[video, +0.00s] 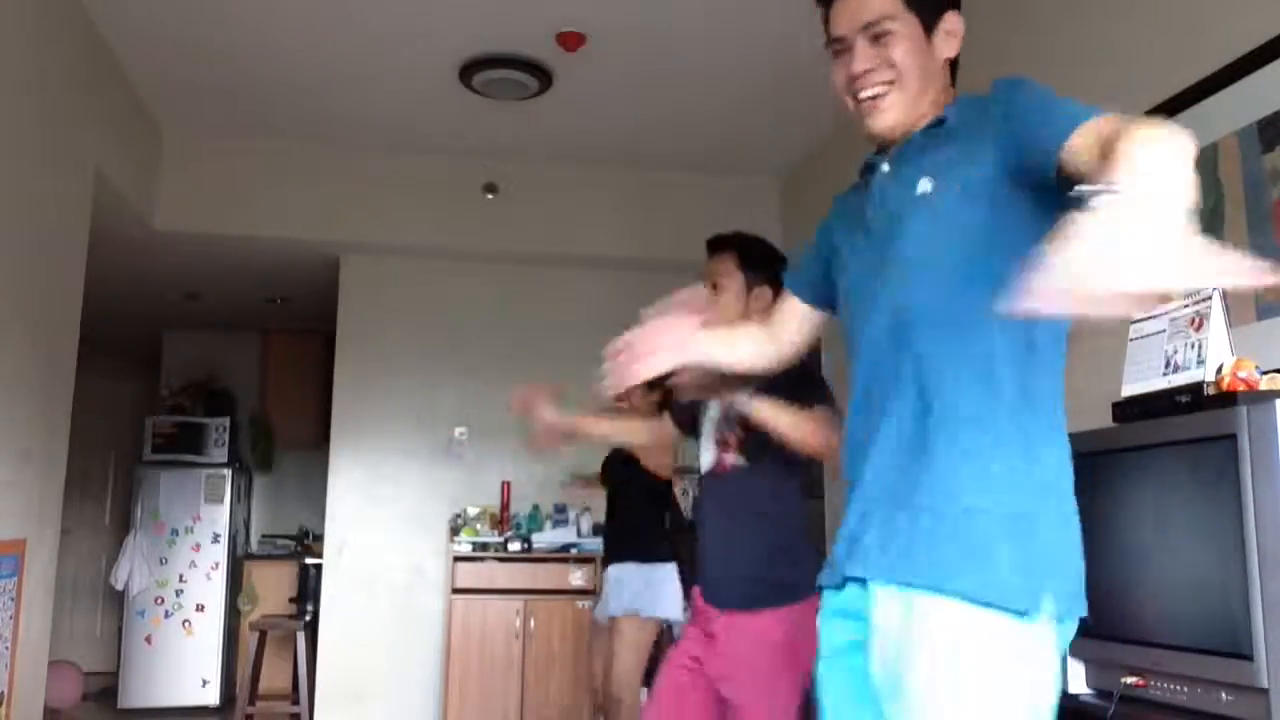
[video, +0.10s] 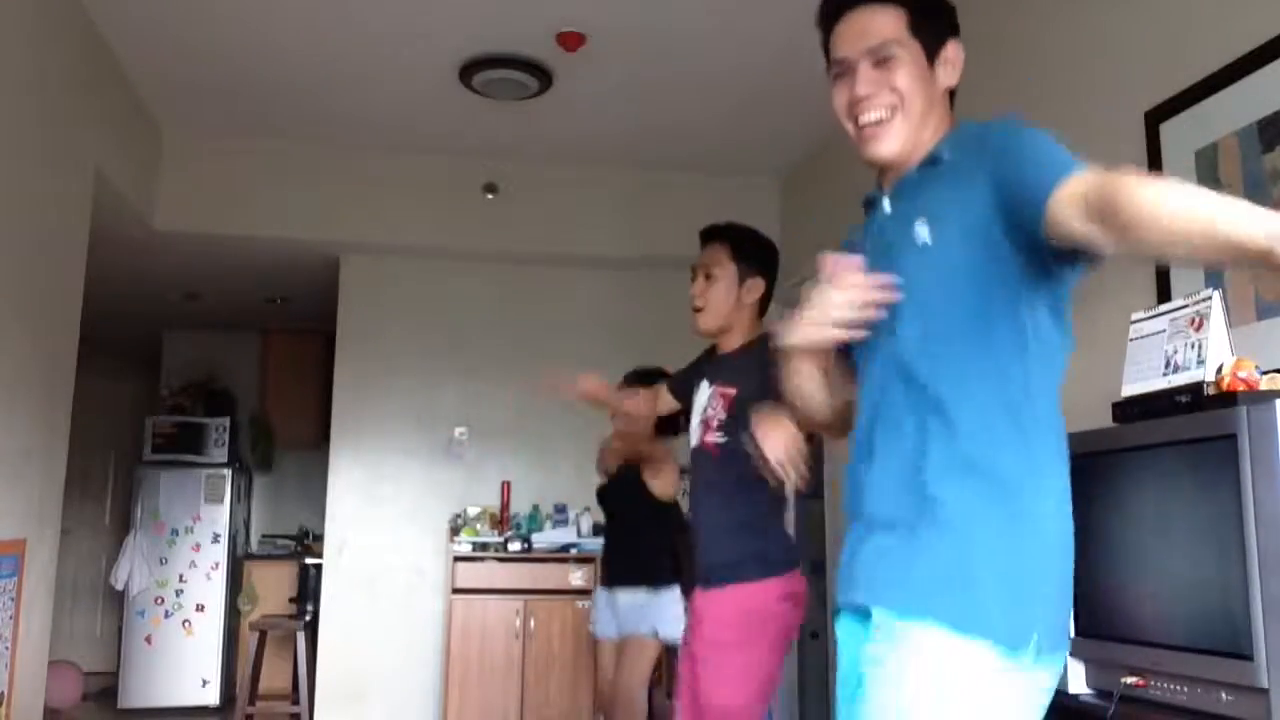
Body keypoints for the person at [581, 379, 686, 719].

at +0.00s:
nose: (625, 396)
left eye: (636, 389)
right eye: (625, 389)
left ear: (657, 394)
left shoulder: (658, 435)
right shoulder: (630, 437)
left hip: (645, 567)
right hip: (619, 567)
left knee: (622, 690)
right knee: (600, 685)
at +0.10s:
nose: (628, 412)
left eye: (640, 402)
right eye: (624, 401)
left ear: (659, 412)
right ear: (615, 407)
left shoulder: (662, 460)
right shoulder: (612, 457)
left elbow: (648, 449)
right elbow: (605, 460)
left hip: (653, 584)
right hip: (610, 584)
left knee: (627, 696)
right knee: (605, 695)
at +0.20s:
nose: (615, 439)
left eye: (622, 427)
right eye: (613, 429)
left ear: (648, 431)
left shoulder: (665, 481)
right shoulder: (625, 486)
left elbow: (622, 480)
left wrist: (614, 474)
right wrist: (603, 600)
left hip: (651, 622)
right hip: (610, 617)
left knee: (630, 713)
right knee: (605, 712)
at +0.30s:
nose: (615, 426)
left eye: (623, 417)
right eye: (614, 417)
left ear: (647, 422)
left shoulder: (663, 471)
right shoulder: (625, 473)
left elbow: (639, 498)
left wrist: (585, 497)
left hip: (650, 612)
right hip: (614, 607)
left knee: (625, 710)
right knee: (606, 708)